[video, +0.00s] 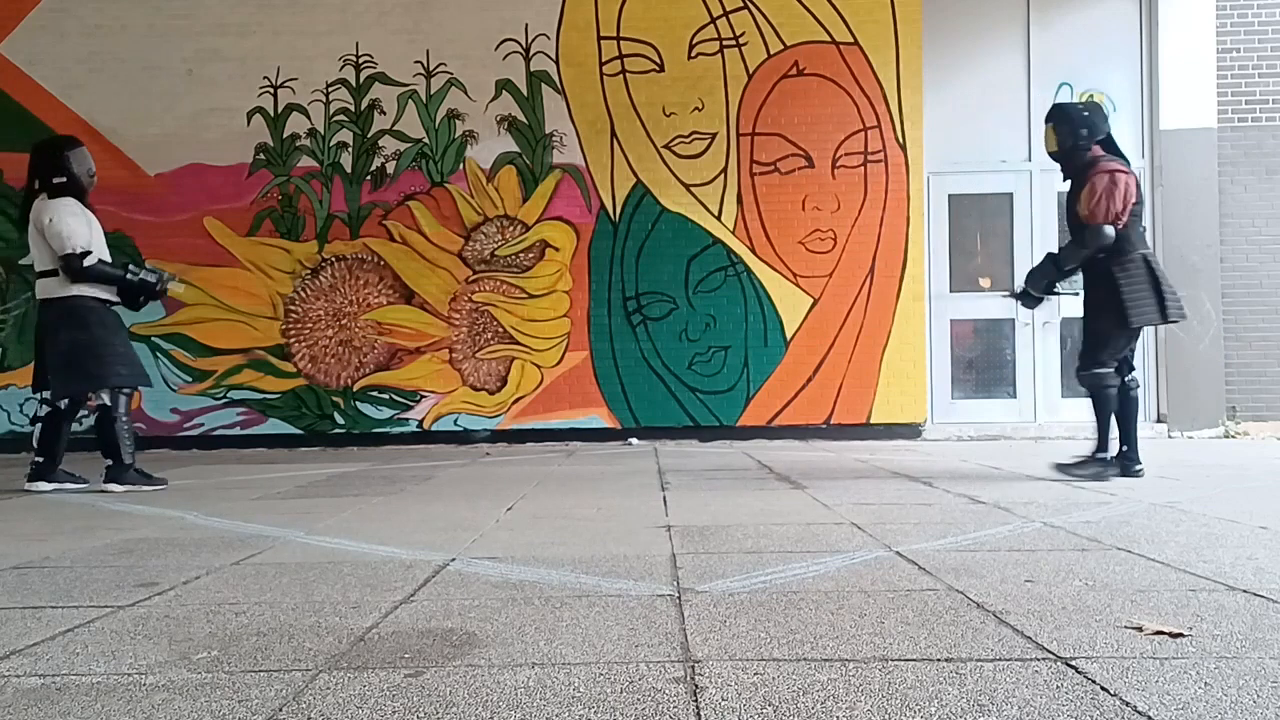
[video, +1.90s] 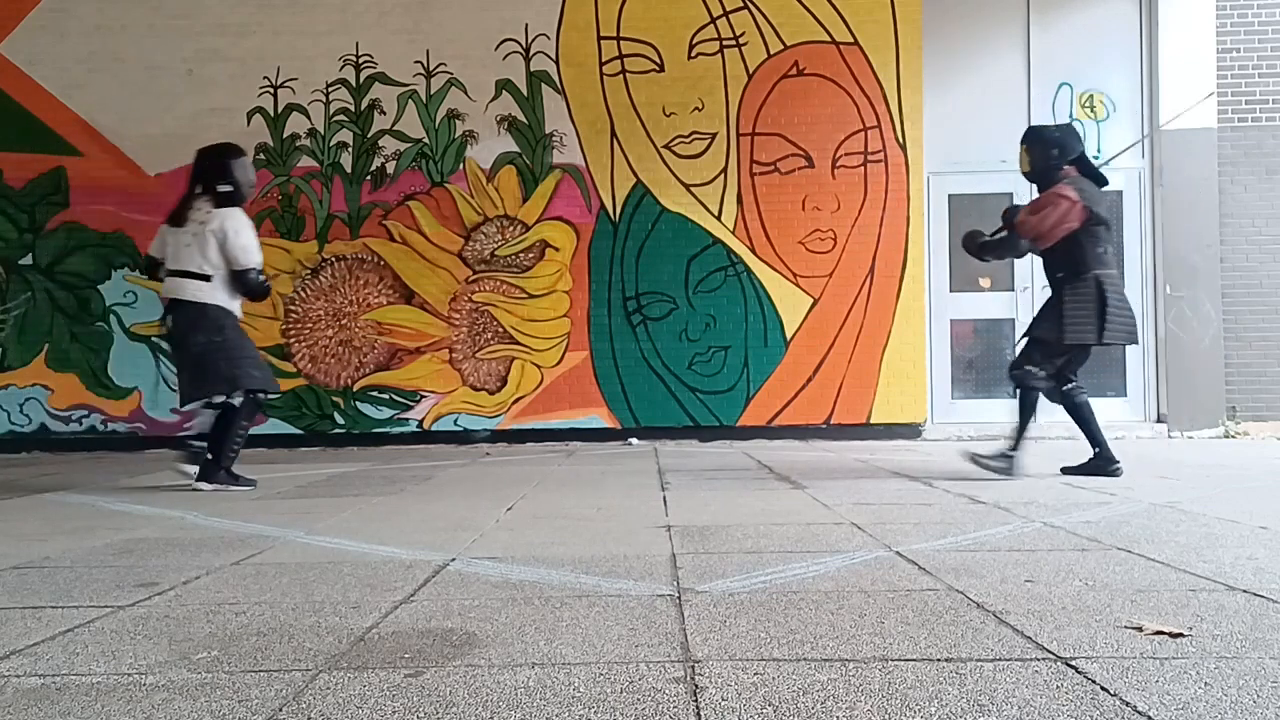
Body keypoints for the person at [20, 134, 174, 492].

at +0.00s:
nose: (92, 172)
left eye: (90, 164)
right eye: (85, 165)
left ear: (51, 172)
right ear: (65, 169)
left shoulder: (49, 206)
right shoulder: (62, 208)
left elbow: (79, 276)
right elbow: (77, 266)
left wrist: (123, 294)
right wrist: (133, 277)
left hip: (60, 311)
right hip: (80, 310)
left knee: (66, 390)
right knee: (119, 381)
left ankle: (45, 468)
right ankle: (122, 467)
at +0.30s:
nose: (120, 172)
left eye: (120, 164)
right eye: (113, 164)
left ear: (85, 168)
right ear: (91, 166)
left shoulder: (98, 207)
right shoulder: (74, 201)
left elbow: (104, 268)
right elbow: (101, 244)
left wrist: (140, 264)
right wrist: (146, 225)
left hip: (85, 307)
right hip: (92, 307)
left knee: (76, 390)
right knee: (130, 380)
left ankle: (44, 467)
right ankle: (123, 468)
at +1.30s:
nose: (132, 176)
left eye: (131, 168)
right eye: (125, 168)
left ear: (88, 172)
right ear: (105, 171)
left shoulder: (70, 207)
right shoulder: (100, 210)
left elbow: (82, 265)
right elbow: (123, 266)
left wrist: (139, 266)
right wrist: (156, 268)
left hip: (67, 311)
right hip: (94, 313)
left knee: (72, 395)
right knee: (153, 367)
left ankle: (41, 471)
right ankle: (154, 459)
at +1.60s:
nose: (181, 182)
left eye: (179, 174)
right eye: (174, 174)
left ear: (136, 183)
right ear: (155, 181)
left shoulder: (115, 219)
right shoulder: (158, 225)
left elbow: (88, 264)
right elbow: (178, 284)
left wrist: (120, 285)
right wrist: (194, 312)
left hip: (113, 323)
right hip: (146, 326)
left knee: (95, 399)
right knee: (207, 377)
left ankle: (46, 466)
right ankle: (212, 466)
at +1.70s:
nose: (204, 183)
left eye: (202, 175)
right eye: (198, 176)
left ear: (155, 181)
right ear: (183, 181)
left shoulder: (136, 219)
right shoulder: (185, 222)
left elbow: (110, 268)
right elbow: (202, 281)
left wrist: (150, 282)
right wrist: (218, 303)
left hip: (139, 324)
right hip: (174, 325)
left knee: (130, 404)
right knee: (232, 383)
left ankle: (69, 459)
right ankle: (216, 468)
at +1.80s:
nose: (228, 181)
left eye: (226, 173)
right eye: (223, 173)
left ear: (178, 178)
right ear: (209, 178)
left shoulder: (161, 215)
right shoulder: (209, 219)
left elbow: (131, 267)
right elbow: (227, 278)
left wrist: (167, 280)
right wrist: (246, 298)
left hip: (158, 320)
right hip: (193, 321)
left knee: (182, 400)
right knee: (242, 386)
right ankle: (217, 469)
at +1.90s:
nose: (252, 178)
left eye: (250, 170)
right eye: (246, 170)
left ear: (202, 175)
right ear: (232, 176)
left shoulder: (182, 212)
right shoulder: (231, 217)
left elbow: (152, 267)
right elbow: (248, 282)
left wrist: (189, 275)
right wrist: (264, 287)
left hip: (179, 313)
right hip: (211, 315)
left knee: (233, 386)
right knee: (255, 387)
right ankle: (217, 470)